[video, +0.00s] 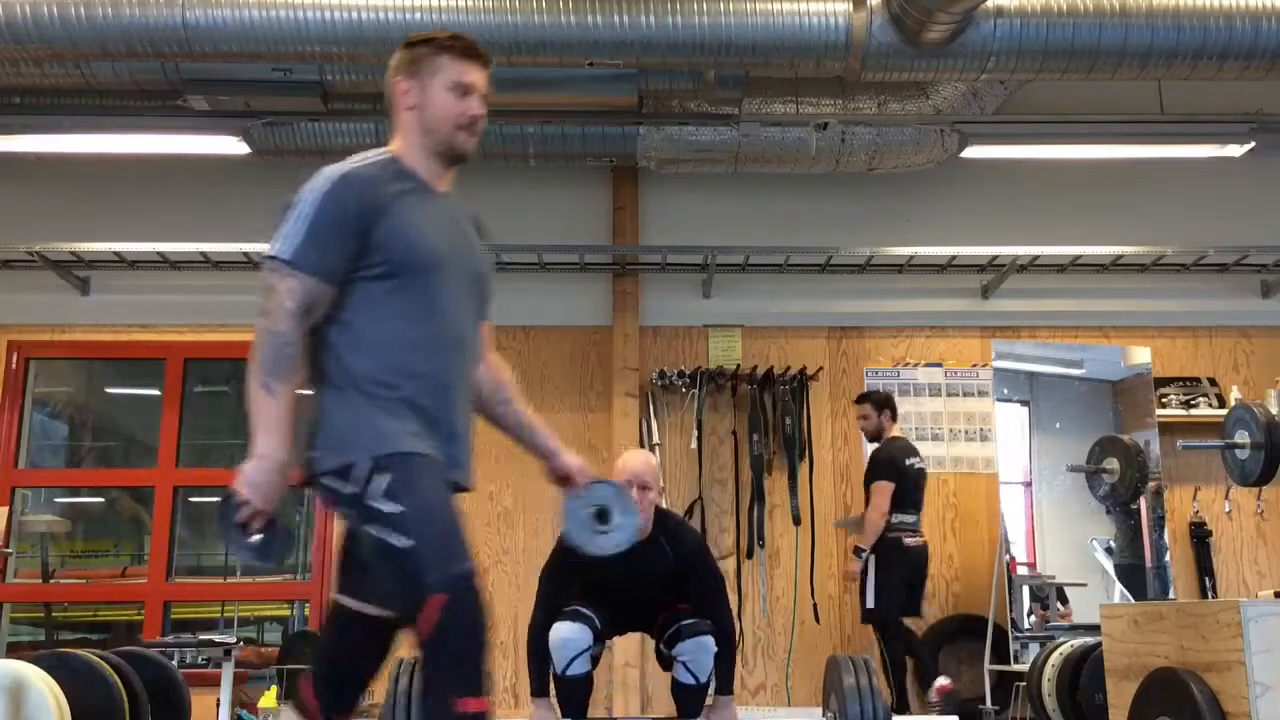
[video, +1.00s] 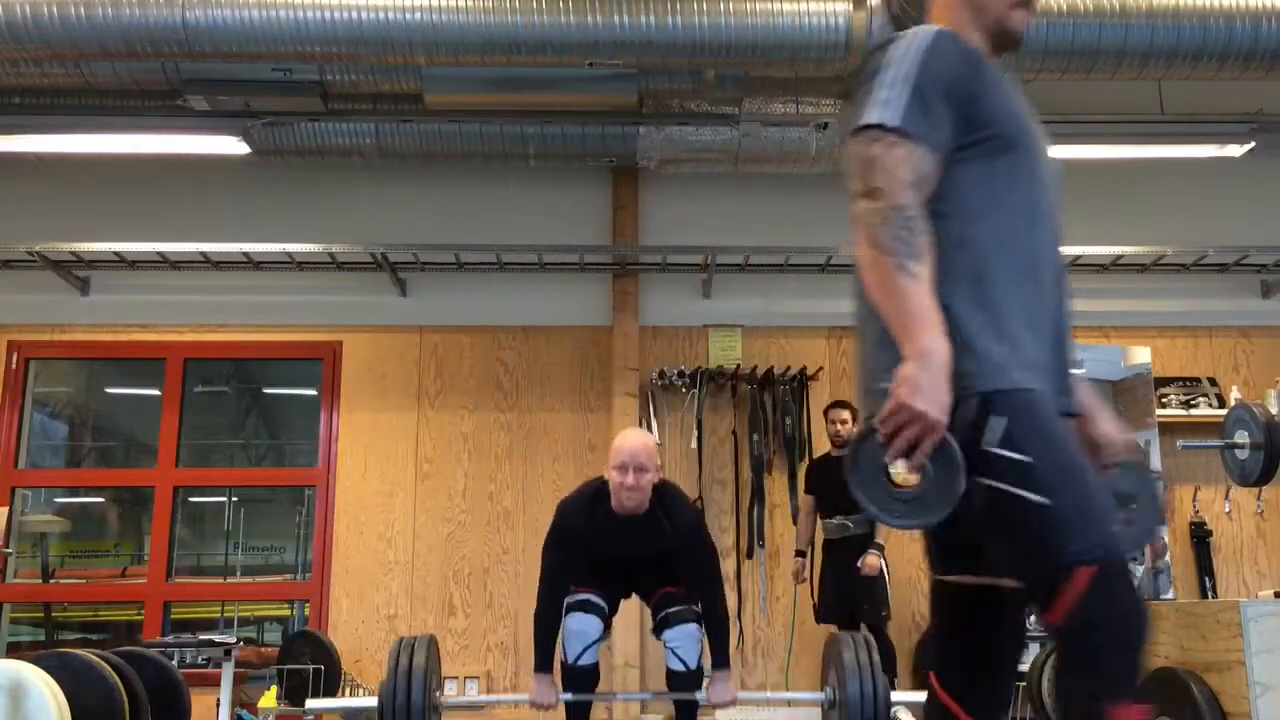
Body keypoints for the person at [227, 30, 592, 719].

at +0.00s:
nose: (478, 109)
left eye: (483, 97)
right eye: (461, 92)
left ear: (483, 108)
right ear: (406, 93)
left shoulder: (463, 226)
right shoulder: (348, 189)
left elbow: (478, 362)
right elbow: (280, 319)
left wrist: (552, 452)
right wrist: (270, 452)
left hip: (428, 455)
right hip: (370, 447)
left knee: (349, 656)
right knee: (457, 621)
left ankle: (306, 717)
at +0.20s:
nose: (573, 67)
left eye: (578, 55)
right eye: (554, 49)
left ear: (579, 68)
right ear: (496, 52)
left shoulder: (550, 180)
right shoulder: (454, 148)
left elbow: (568, 332)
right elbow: (397, 294)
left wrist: (626, 433)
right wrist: (390, 436)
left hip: (550, 436)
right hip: (484, 428)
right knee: (543, 628)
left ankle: (454, 699)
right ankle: (450, 703)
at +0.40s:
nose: (675, 41)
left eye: (677, 25)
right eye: (655, 21)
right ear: (596, 27)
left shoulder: (652, 157)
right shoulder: (546, 120)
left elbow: (635, 299)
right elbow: (508, 265)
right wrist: (535, 386)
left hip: (658, 436)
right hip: (578, 430)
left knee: (718, 638)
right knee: (552, 654)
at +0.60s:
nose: (794, 47)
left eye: (795, 31)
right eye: (773, 26)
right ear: (713, 32)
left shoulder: (768, 160)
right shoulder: (674, 122)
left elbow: (743, 309)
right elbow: (640, 266)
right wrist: (702, 364)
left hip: (785, 438)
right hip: (691, 441)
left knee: (873, 653)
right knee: (624, 670)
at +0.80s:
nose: (925, 22)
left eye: (929, 10)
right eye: (909, 4)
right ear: (845, 8)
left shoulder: (883, 124)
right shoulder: (812, 86)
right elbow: (772, 224)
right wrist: (842, 333)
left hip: (918, 417)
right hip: (864, 411)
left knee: (963, 620)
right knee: (908, 611)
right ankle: (793, 701)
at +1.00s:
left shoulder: (994, 87)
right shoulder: (931, 50)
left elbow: (1012, 275)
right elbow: (885, 207)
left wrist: (1083, 400)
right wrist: (925, 355)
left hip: (1005, 395)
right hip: (981, 394)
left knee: (974, 655)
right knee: (1108, 618)